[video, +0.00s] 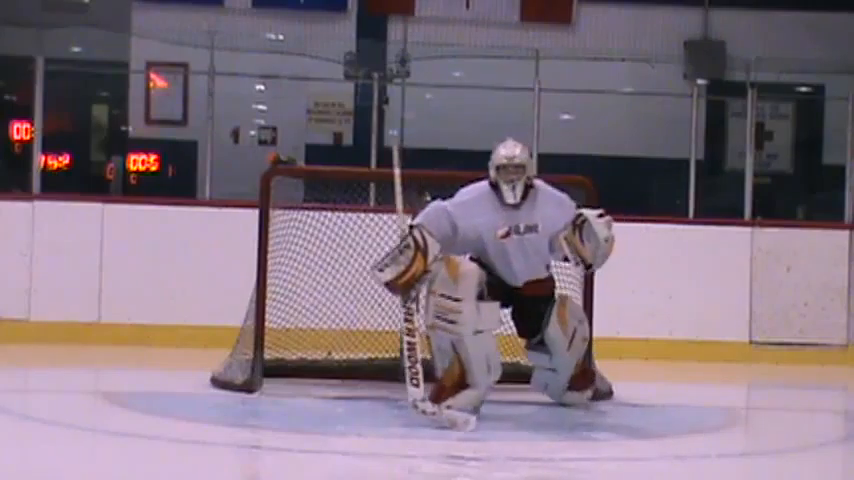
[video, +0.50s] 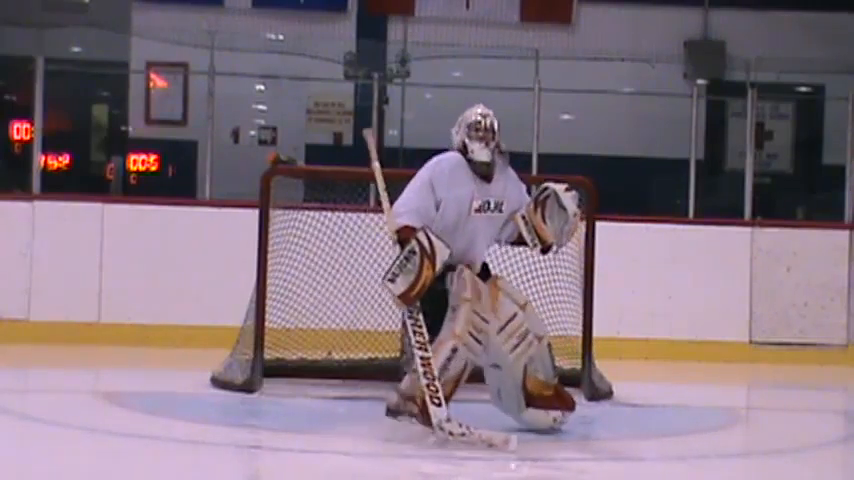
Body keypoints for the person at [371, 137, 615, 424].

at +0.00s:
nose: (511, 179)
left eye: (517, 171)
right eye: (504, 172)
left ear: (529, 172)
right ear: (493, 173)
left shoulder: (551, 202)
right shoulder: (473, 200)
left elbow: (571, 245)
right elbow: (436, 221)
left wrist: (589, 240)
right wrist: (415, 251)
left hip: (538, 283)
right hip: (491, 279)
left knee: (546, 340)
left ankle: (577, 385)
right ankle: (457, 384)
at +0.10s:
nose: (495, 177)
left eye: (501, 170)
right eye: (488, 170)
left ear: (513, 171)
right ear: (475, 172)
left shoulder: (532, 201)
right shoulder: (454, 199)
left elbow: (557, 234)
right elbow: (415, 220)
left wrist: (571, 239)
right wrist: (393, 250)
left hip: (519, 284)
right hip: (472, 283)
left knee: (530, 340)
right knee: (429, 292)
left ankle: (556, 384)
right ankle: (435, 382)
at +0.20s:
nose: (485, 168)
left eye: (491, 161)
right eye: (478, 161)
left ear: (502, 164)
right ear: (466, 162)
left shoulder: (520, 196)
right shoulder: (441, 192)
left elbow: (543, 236)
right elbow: (399, 219)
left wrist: (559, 237)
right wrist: (390, 255)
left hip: (500, 285)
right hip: (446, 284)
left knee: (520, 349)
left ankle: (548, 391)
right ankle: (414, 393)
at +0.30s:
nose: (483, 162)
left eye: (489, 155)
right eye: (476, 154)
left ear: (499, 158)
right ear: (461, 155)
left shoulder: (511, 192)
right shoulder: (438, 186)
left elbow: (519, 243)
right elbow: (397, 214)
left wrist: (547, 237)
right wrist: (395, 245)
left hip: (486, 287)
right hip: (435, 282)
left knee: (518, 342)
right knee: (436, 342)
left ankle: (539, 398)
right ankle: (403, 404)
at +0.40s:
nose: (482, 154)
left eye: (488, 147)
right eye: (475, 146)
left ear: (496, 149)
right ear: (460, 148)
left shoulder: (507, 187)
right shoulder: (439, 179)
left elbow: (512, 243)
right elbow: (396, 217)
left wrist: (543, 229)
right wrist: (408, 254)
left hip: (475, 278)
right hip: (432, 276)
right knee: (439, 346)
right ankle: (415, 403)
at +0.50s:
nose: (483, 142)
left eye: (488, 136)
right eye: (475, 135)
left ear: (496, 138)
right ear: (461, 138)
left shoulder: (506, 178)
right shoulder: (441, 169)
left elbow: (515, 232)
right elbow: (405, 214)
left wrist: (544, 220)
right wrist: (418, 254)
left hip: (480, 271)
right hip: (436, 267)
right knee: (435, 335)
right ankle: (411, 398)